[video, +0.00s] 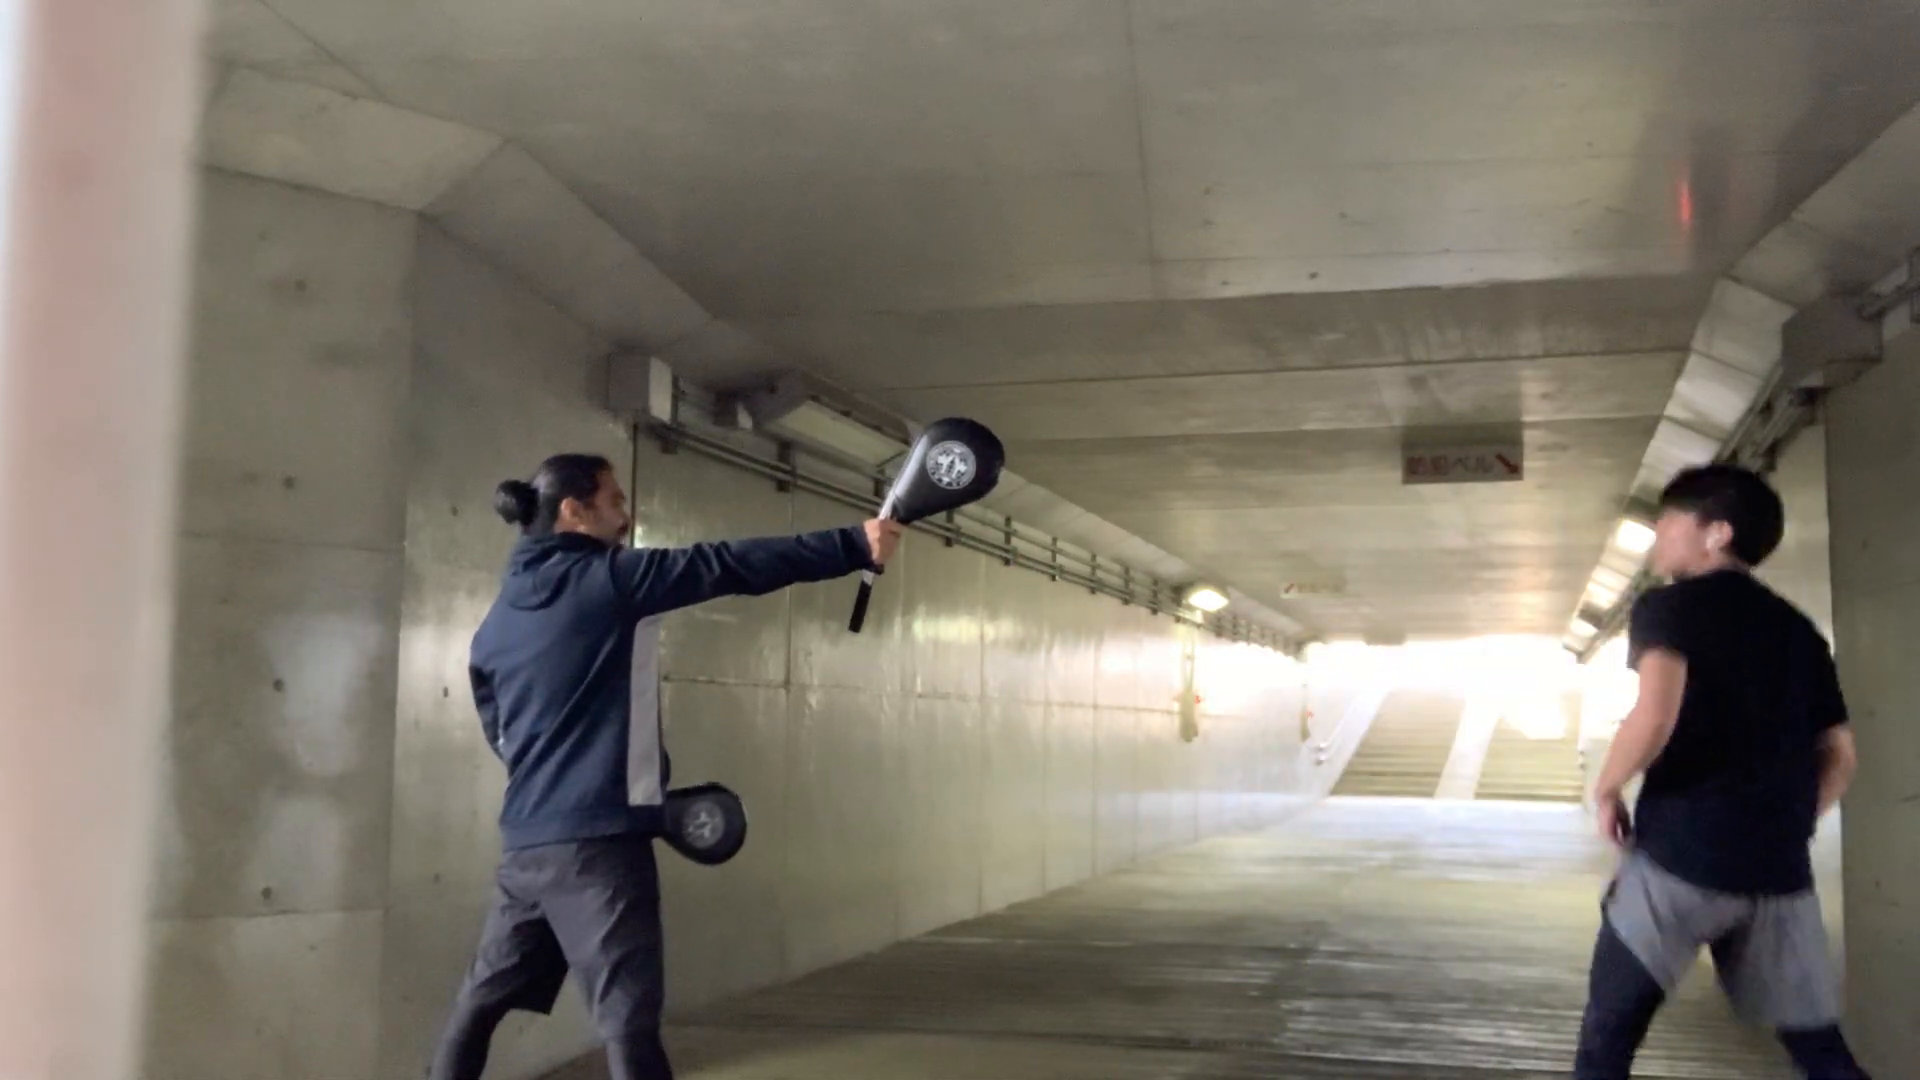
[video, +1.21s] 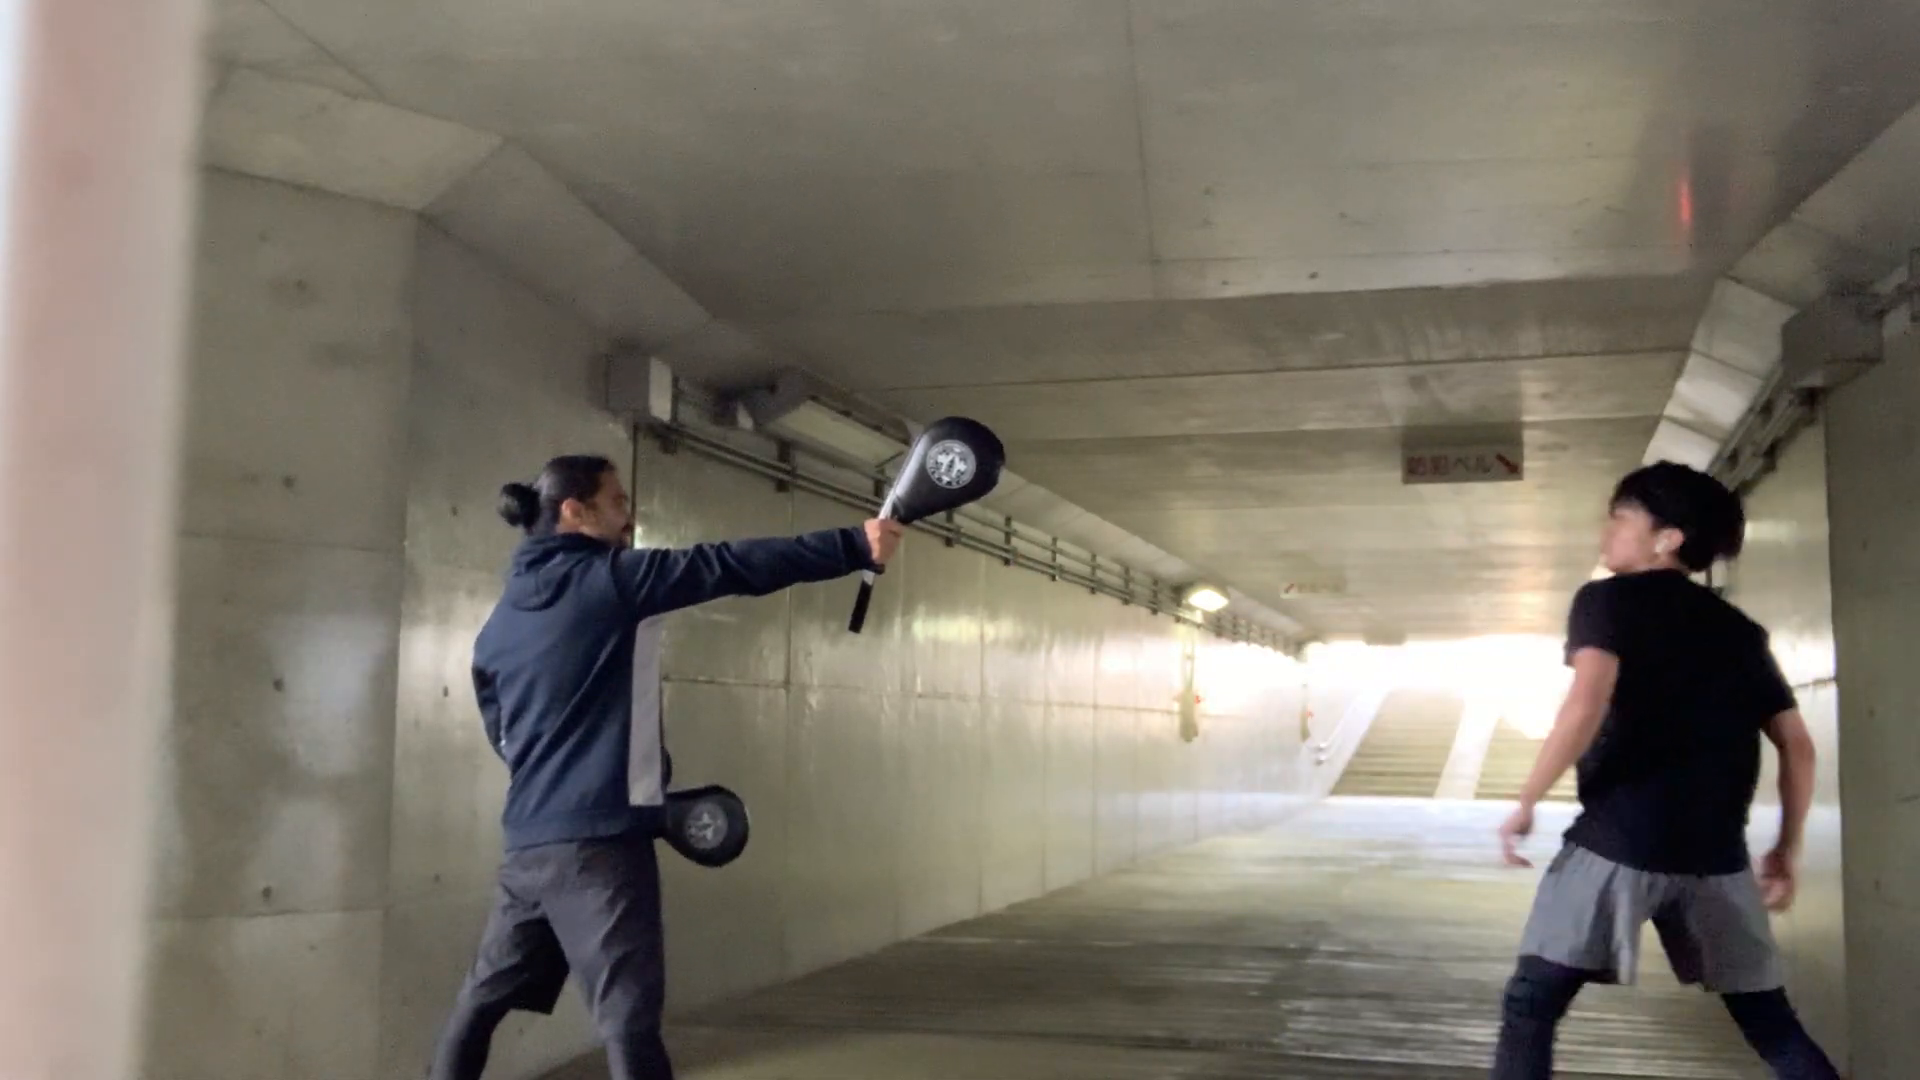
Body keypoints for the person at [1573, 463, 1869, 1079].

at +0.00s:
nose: (1657, 536)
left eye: (1669, 521)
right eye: (1661, 521)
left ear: (1717, 533)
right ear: (1728, 539)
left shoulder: (1669, 606)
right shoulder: (1800, 628)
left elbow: (1658, 708)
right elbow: (1839, 755)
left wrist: (1606, 788)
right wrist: (1787, 823)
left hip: (1680, 863)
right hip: (1781, 871)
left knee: (1604, 1049)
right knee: (1823, 1051)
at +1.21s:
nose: (1606, 535)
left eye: (1620, 520)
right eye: (1611, 518)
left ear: (1668, 539)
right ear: (1675, 544)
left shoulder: (1608, 599)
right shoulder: (1739, 628)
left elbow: (1587, 703)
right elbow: (1797, 745)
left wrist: (1527, 799)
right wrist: (1787, 847)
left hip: (1618, 845)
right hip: (1716, 852)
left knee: (1530, 1010)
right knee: (1775, 1028)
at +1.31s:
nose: (1577, 570)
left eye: (1591, 554)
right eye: (1582, 552)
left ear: (1641, 575)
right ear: (1647, 579)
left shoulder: (1585, 643)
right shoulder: (1708, 669)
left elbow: (1548, 747)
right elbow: (1786, 764)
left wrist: (1465, 824)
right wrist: (1810, 864)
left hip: (1611, 890)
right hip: (1708, 894)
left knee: (1490, 1009)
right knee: (1771, 1047)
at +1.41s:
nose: (1543, 585)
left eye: (1561, 575)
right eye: (1551, 572)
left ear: (1605, 602)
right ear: (1605, 606)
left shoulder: (1567, 671)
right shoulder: (1638, 690)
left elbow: (1547, 779)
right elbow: (1706, 803)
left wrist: (1434, 815)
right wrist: (1757, 904)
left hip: (1576, 926)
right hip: (1658, 928)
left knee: (1433, 1029)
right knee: (1746, 1059)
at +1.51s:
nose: (1511, 567)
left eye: (1529, 556)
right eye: (1519, 552)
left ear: (1570, 582)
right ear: (1567, 583)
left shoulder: (1553, 660)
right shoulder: (1566, 662)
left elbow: (1524, 765)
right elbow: (1576, 800)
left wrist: (1393, 752)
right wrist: (1571, 899)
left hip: (1498, 898)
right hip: (1537, 900)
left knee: (1376, 1032)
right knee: (1533, 1047)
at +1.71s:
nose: (1472, 556)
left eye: (1487, 548)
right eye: (1479, 544)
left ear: (1530, 580)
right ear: (1514, 578)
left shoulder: (1516, 684)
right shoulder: (1449, 629)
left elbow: (1475, 811)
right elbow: (1341, 633)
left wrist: (1383, 876)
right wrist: (1289, 570)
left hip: (1376, 863)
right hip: (1324, 809)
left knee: (1343, 1046)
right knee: (1174, 781)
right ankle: (1032, 866)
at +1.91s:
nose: (1420, 644)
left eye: (1440, 640)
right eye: (1428, 631)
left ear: (1478, 675)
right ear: (1427, 635)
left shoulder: (1443, 780)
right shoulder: (1364, 652)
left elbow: (1408, 872)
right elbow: (1264, 632)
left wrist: (1335, 792)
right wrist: (1183, 611)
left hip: (1234, 835)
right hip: (1191, 738)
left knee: (1257, 1005)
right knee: (1058, 636)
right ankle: (947, 533)